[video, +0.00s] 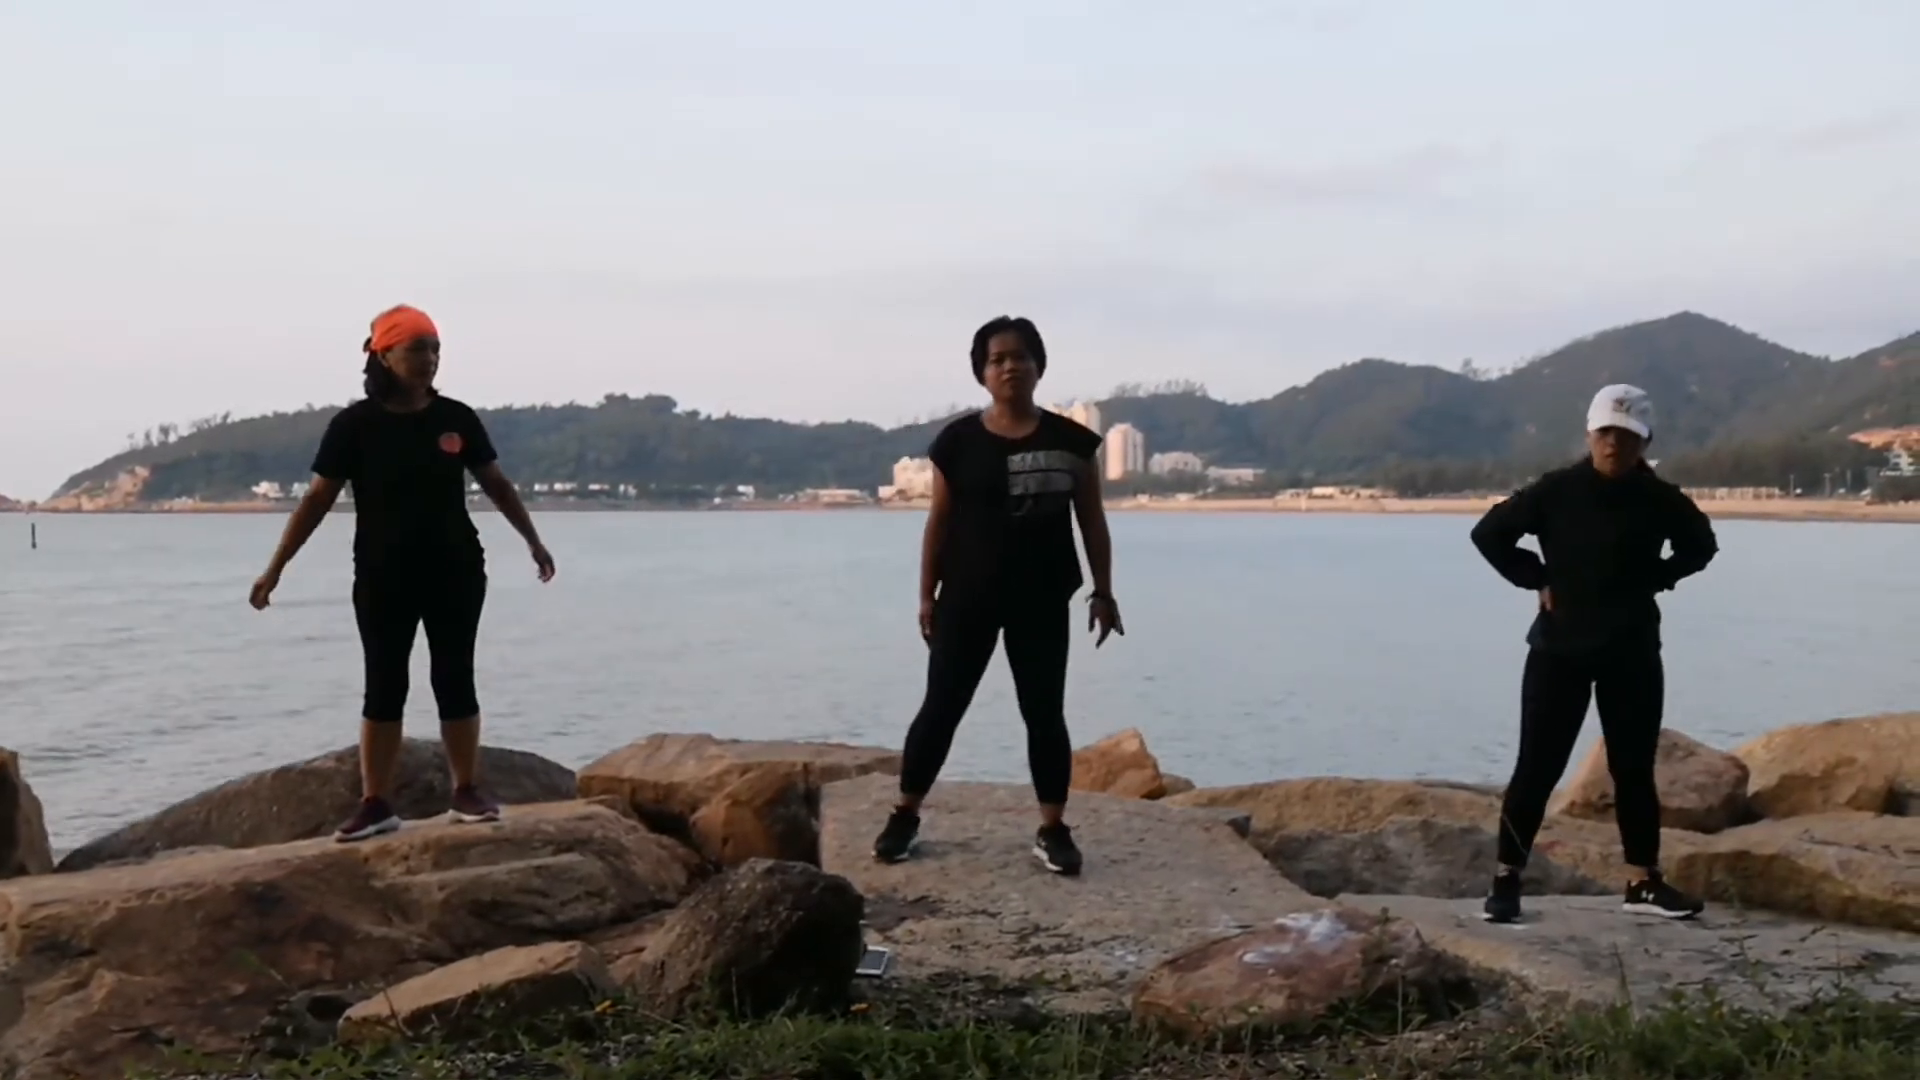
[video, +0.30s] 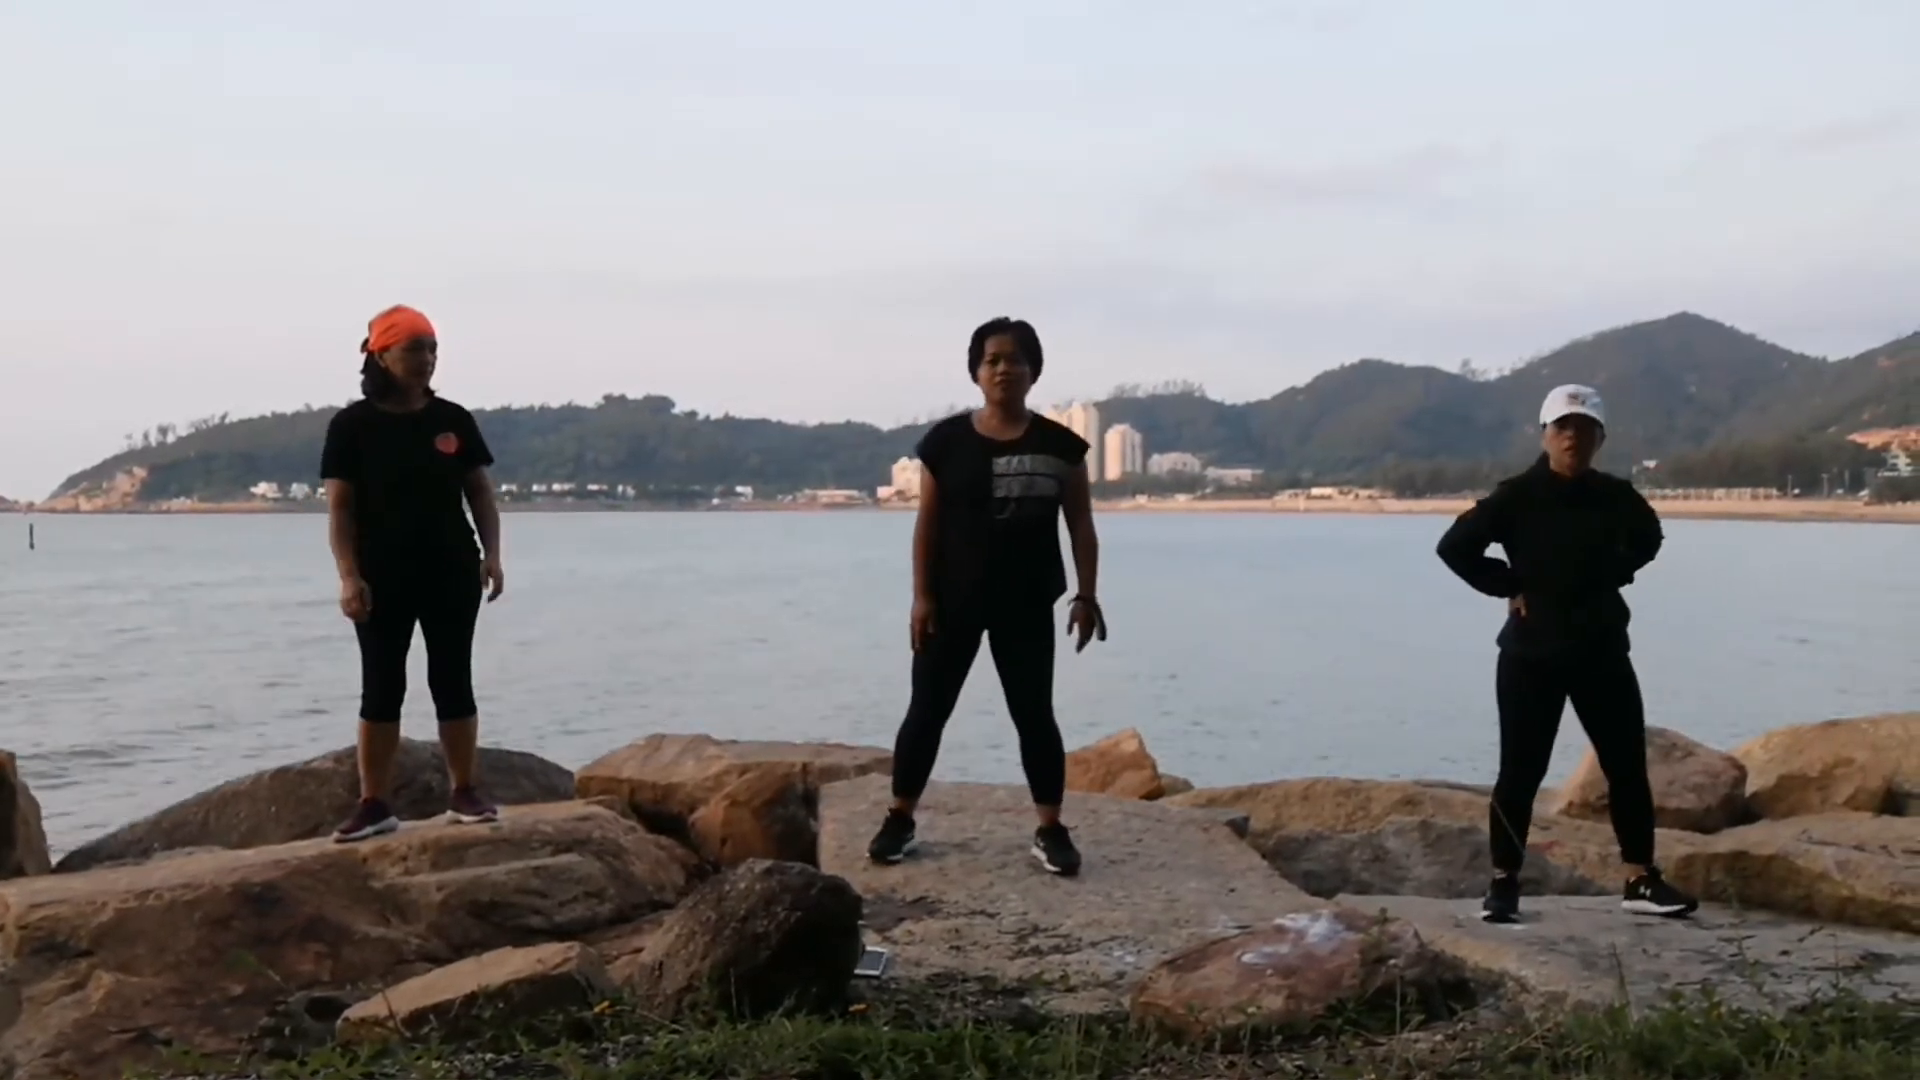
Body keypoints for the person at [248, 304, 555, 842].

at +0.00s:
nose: (430, 358)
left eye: (434, 348)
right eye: (418, 349)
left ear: (437, 354)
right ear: (384, 356)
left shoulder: (457, 420)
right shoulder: (353, 426)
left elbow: (495, 483)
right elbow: (316, 501)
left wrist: (533, 539)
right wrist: (273, 568)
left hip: (453, 575)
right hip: (384, 580)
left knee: (455, 684)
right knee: (383, 692)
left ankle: (466, 791)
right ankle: (374, 802)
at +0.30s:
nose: (426, 357)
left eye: (431, 348)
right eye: (414, 349)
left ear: (436, 353)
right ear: (381, 356)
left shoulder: (454, 420)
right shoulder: (350, 426)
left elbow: (481, 493)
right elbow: (338, 509)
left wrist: (492, 553)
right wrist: (348, 575)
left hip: (450, 574)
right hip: (381, 579)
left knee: (453, 685)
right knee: (381, 692)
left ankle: (464, 792)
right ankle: (373, 803)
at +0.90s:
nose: (423, 359)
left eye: (428, 349)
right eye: (411, 349)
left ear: (433, 356)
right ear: (378, 356)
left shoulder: (451, 423)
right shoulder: (347, 427)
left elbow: (484, 492)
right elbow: (319, 505)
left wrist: (510, 553)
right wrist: (292, 577)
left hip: (447, 578)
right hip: (376, 581)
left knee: (449, 686)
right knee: (377, 694)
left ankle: (459, 794)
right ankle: (370, 804)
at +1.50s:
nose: (412, 358)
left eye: (418, 349)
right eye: (400, 349)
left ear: (426, 355)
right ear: (369, 356)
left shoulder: (448, 422)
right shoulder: (341, 427)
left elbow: (469, 491)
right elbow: (331, 506)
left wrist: (449, 536)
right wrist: (369, 553)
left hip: (441, 575)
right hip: (369, 579)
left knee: (444, 686)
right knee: (370, 692)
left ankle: (455, 796)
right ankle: (365, 805)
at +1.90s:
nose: (416, 398)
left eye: (422, 389)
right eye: (403, 389)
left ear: (429, 395)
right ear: (373, 396)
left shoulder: (443, 453)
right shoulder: (345, 457)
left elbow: (470, 485)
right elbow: (326, 494)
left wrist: (475, 512)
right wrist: (321, 520)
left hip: (436, 609)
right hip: (363, 611)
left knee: (457, 711)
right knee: (340, 718)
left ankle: (453, 799)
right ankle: (361, 810)